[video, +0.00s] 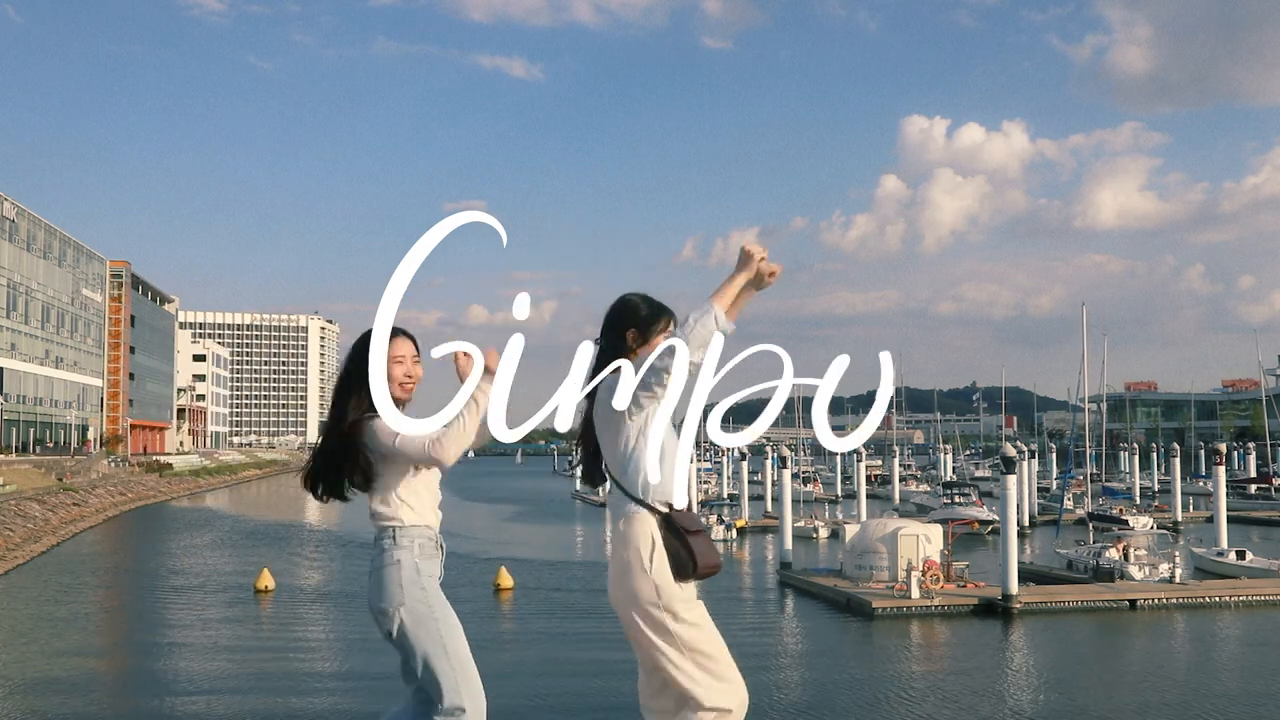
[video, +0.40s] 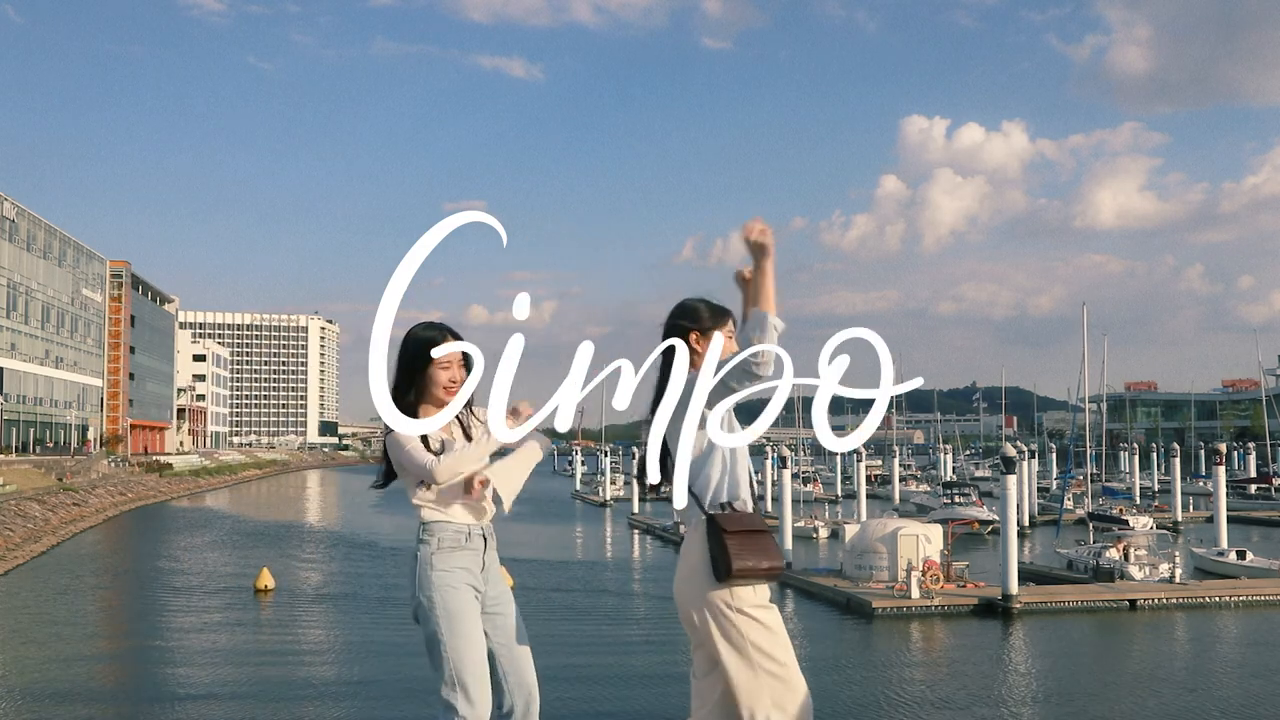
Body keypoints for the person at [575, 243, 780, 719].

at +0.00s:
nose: (673, 347)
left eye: (673, 336)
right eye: (665, 336)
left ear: (636, 341)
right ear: (633, 340)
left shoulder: (640, 392)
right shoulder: (621, 390)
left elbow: (699, 342)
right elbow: (684, 344)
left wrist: (750, 287)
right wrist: (740, 274)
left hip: (655, 549)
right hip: (643, 551)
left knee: (663, 697)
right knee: (723, 695)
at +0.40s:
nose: (736, 344)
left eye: (735, 335)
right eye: (729, 335)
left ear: (688, 342)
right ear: (699, 340)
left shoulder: (682, 397)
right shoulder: (701, 392)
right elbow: (761, 354)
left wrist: (748, 291)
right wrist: (765, 260)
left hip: (700, 561)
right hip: (723, 562)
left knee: (712, 704)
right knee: (783, 699)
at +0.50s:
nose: (747, 343)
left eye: (746, 333)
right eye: (739, 332)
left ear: (701, 340)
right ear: (709, 338)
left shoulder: (689, 397)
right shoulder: (710, 391)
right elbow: (766, 345)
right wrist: (804, 269)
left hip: (716, 557)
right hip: (735, 558)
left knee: (726, 700)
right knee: (795, 697)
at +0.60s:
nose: (756, 343)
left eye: (756, 333)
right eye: (749, 335)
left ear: (722, 341)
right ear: (724, 340)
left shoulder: (730, 391)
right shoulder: (722, 394)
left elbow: (778, 354)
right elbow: (764, 358)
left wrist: (816, 288)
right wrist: (793, 293)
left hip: (743, 557)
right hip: (745, 561)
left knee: (736, 700)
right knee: (799, 700)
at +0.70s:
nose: (775, 344)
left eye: (773, 335)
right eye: (767, 335)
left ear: (736, 343)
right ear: (741, 341)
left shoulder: (744, 398)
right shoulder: (734, 398)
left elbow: (803, 362)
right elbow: (799, 364)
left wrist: (814, 292)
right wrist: (777, 308)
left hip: (770, 552)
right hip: (757, 554)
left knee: (802, 695)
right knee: (777, 699)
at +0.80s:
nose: (794, 346)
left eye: (791, 336)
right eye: (787, 335)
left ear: (746, 344)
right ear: (757, 338)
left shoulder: (739, 402)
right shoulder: (758, 396)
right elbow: (827, 361)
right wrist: (799, 282)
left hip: (763, 557)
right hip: (773, 557)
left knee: (841, 695)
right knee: (805, 701)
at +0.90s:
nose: (806, 330)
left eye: (805, 321)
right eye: (800, 320)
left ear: (764, 326)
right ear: (768, 324)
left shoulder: (779, 375)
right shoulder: (767, 368)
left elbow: (826, 342)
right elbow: (859, 331)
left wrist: (826, 286)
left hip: (795, 535)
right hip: (785, 536)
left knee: (864, 678)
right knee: (798, 692)